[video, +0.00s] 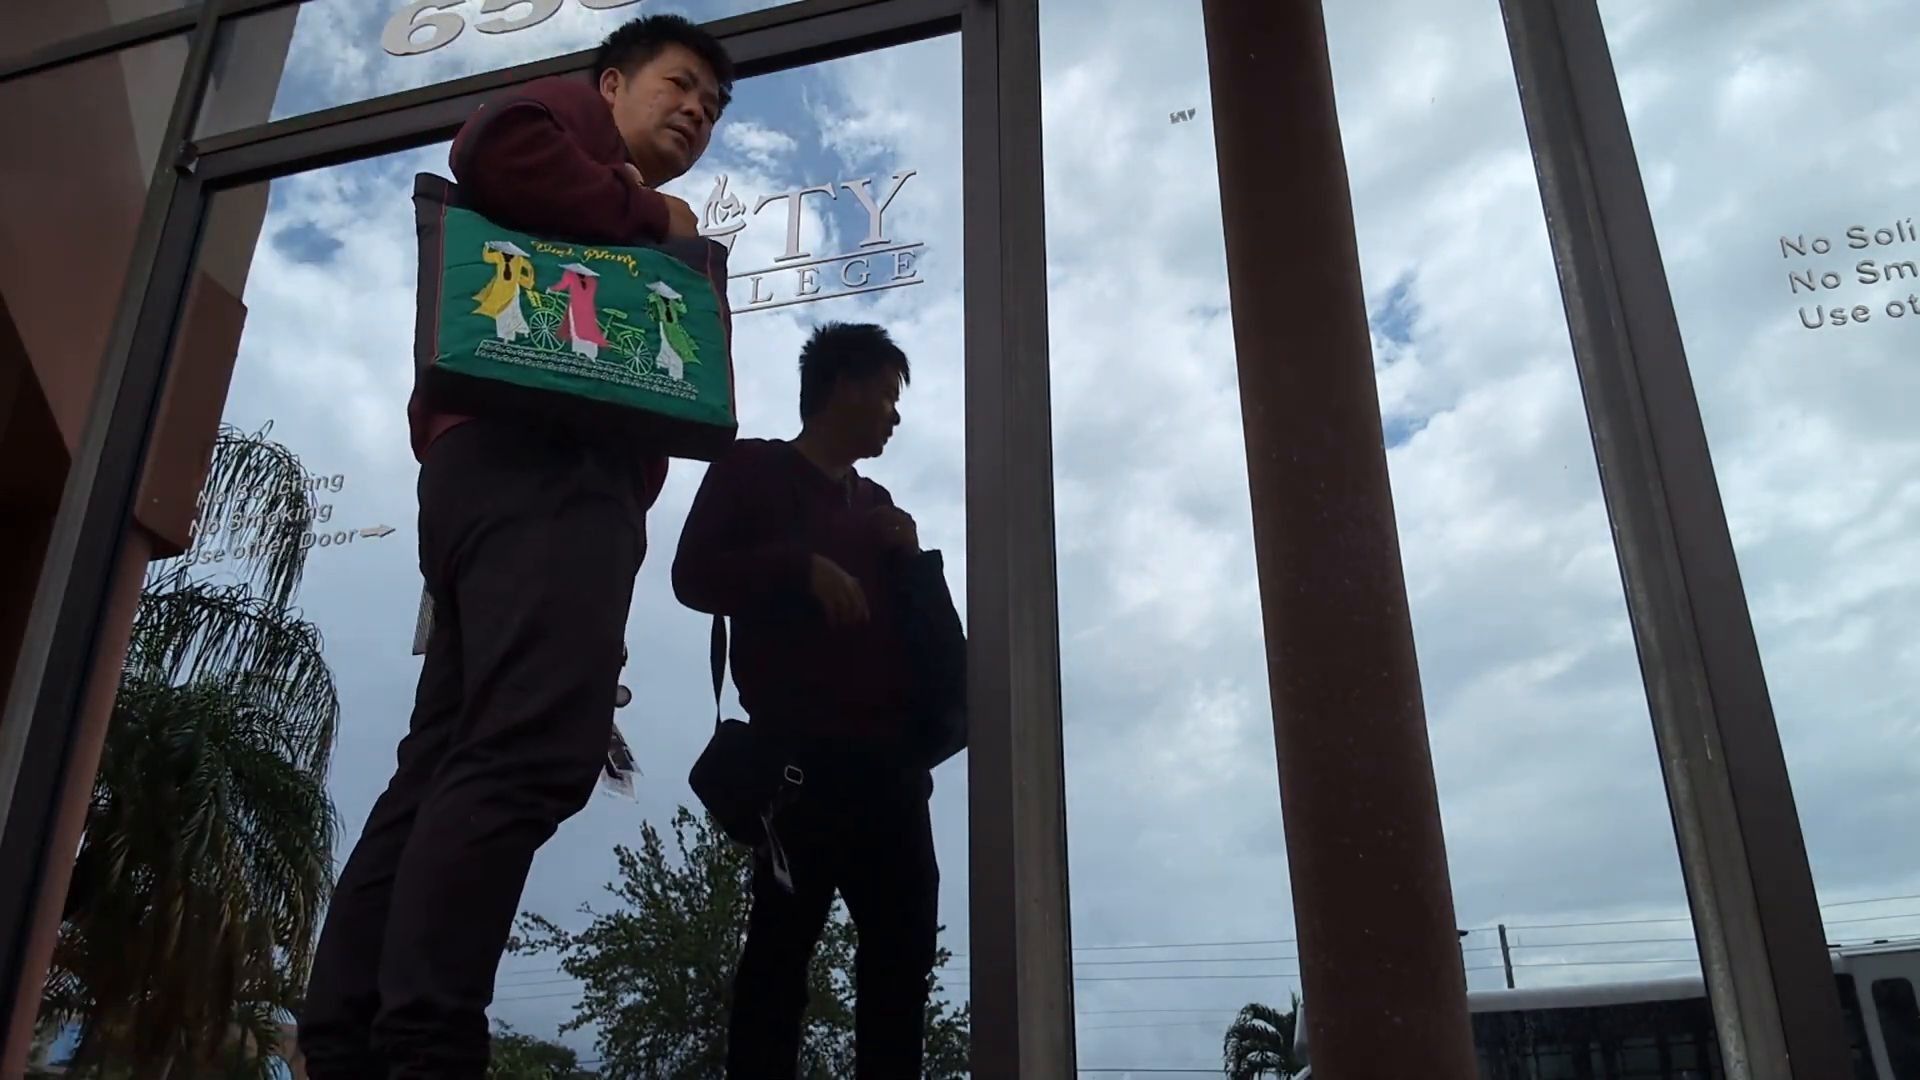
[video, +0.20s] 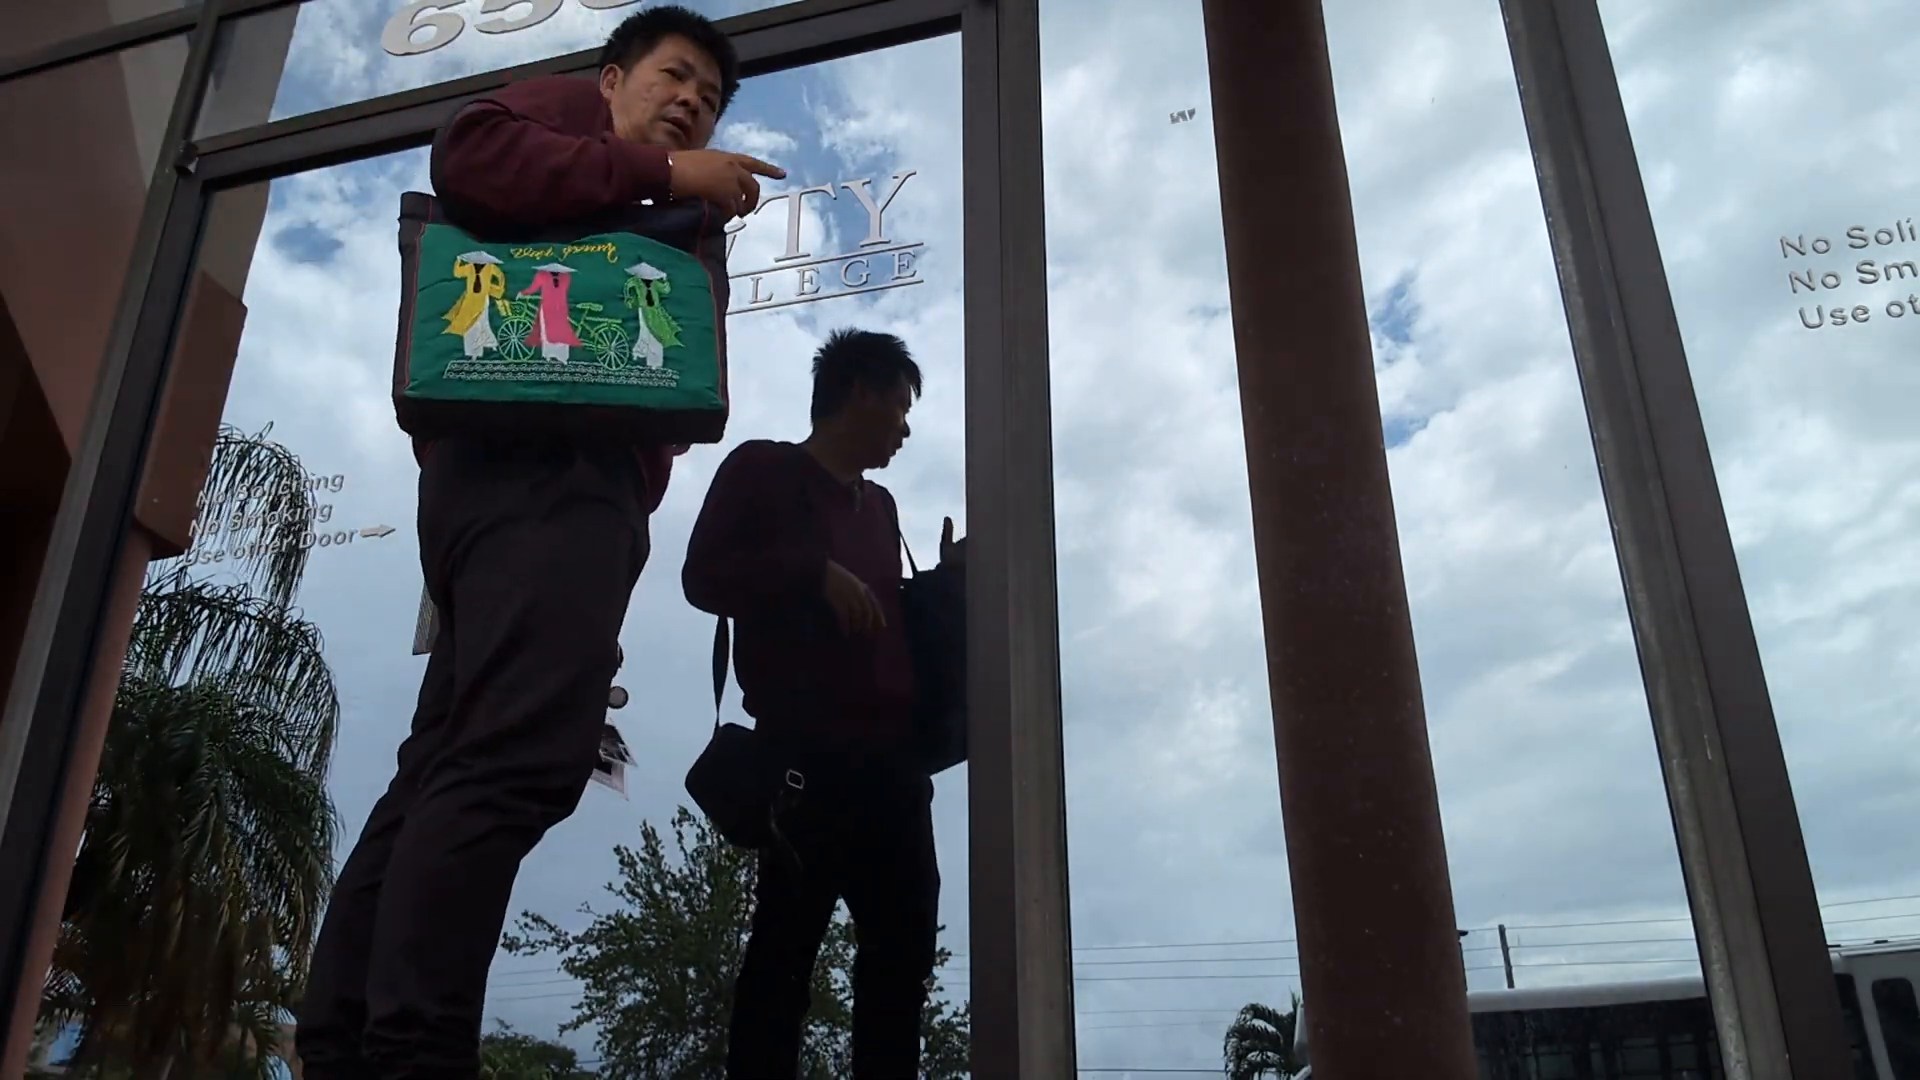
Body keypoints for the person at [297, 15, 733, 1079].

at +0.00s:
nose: (697, 116)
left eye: (711, 110)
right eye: (680, 91)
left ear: (699, 133)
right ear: (614, 78)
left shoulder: (648, 227)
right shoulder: (573, 105)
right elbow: (494, 147)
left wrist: (691, 271)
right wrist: (651, 220)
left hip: (513, 465)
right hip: (538, 453)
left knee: (452, 747)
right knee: (531, 753)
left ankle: (344, 1034)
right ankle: (427, 1042)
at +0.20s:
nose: (689, 108)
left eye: (706, 105)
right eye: (676, 81)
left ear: (705, 123)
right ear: (617, 67)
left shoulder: (665, 204)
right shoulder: (566, 98)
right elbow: (476, 163)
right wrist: (676, 173)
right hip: (537, 459)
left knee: (451, 755)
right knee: (520, 757)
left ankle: (341, 1040)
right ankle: (417, 1049)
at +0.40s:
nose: (685, 94)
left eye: (708, 91)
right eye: (672, 66)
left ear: (707, 113)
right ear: (615, 57)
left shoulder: (630, 184)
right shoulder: (566, 93)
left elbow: (566, 341)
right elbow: (479, 176)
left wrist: (666, 392)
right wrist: (628, 162)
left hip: (540, 474)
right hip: (536, 457)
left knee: (452, 761)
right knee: (508, 764)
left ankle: (340, 1042)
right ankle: (413, 1053)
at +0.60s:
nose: (683, 83)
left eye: (705, 79)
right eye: (666, 56)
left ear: (703, 116)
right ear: (610, 57)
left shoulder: (622, 203)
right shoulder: (562, 91)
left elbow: (607, 336)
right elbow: (470, 171)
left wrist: (668, 381)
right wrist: (546, 201)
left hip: (564, 479)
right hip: (535, 455)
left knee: (457, 763)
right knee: (504, 764)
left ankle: (340, 1041)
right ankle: (411, 1052)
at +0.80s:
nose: (671, 69)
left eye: (693, 66)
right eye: (652, 44)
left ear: (695, 107)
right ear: (598, 52)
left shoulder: (617, 198)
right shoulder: (549, 92)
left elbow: (603, 349)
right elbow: (459, 179)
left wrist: (666, 384)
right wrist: (537, 205)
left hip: (572, 484)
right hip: (526, 457)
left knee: (461, 764)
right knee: (503, 765)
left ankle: (340, 1037)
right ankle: (409, 1048)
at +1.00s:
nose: (660, 70)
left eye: (683, 67)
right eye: (642, 46)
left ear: (686, 112)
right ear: (587, 58)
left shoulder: (623, 236)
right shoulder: (545, 92)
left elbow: (604, 366)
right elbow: (463, 173)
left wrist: (665, 396)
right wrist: (517, 229)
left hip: (578, 491)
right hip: (527, 458)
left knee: (457, 769)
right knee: (502, 766)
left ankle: (338, 1041)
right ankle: (410, 1051)